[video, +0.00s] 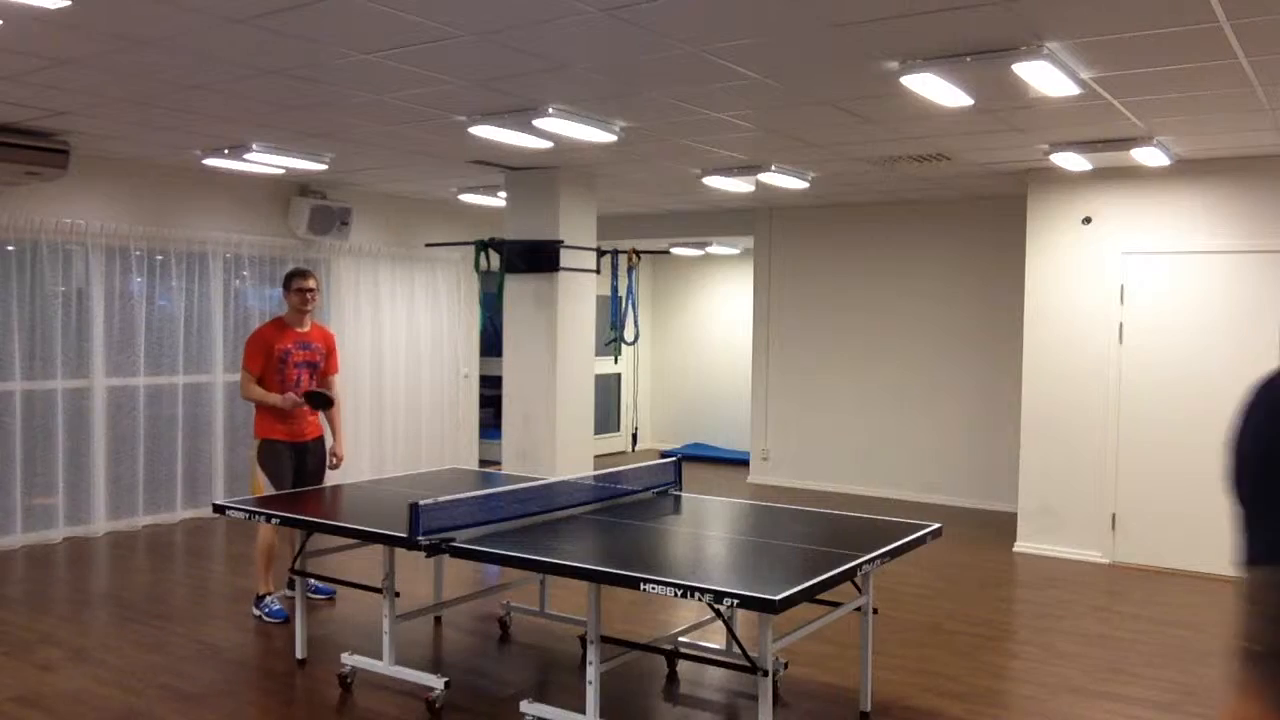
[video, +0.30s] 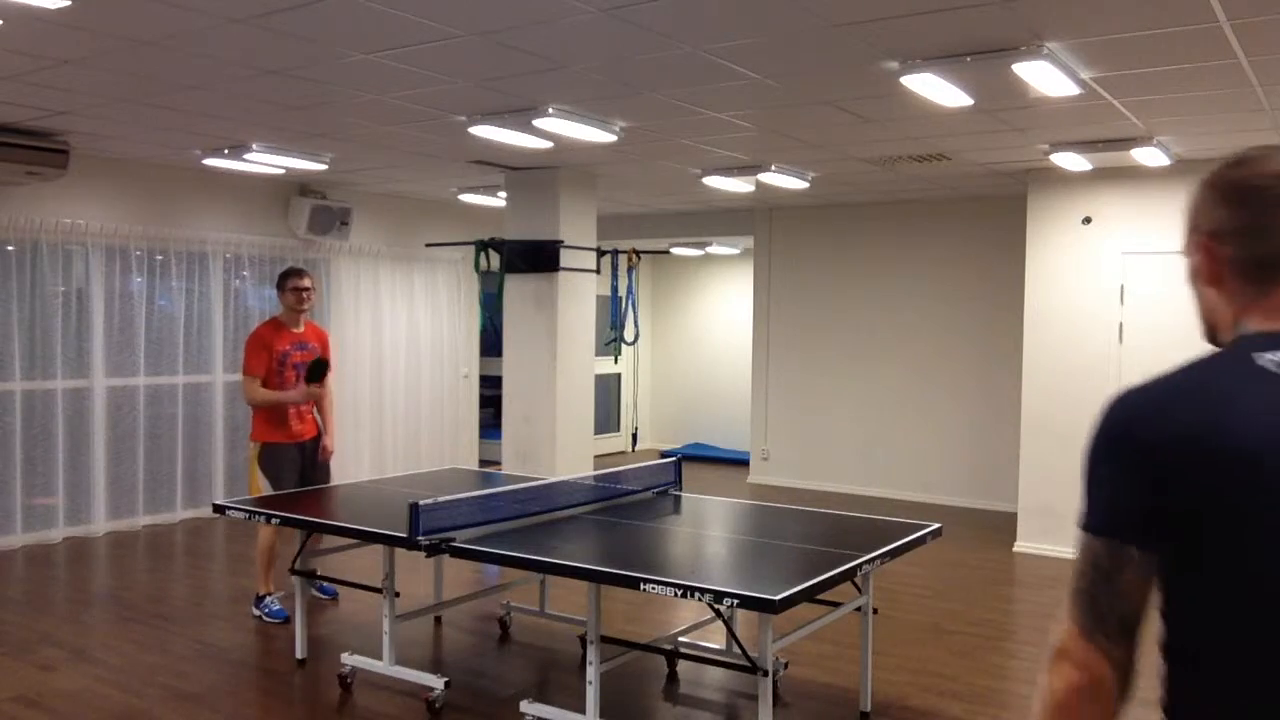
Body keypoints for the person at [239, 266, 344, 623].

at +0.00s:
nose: (309, 296)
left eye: (314, 291)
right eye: (302, 291)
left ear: (319, 296)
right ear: (286, 295)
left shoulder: (324, 337)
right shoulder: (265, 336)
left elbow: (331, 390)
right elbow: (247, 388)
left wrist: (337, 439)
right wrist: (279, 399)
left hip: (312, 438)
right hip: (275, 439)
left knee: (307, 513)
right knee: (274, 514)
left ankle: (300, 576)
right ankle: (264, 593)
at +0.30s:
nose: (305, 295)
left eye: (309, 290)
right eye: (297, 290)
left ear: (314, 295)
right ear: (281, 295)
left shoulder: (318, 336)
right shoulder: (262, 337)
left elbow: (324, 386)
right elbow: (251, 394)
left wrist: (328, 433)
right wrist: (297, 395)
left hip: (310, 438)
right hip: (274, 441)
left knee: (318, 512)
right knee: (275, 516)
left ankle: (310, 574)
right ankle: (264, 593)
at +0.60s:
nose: (318, 296)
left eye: (322, 291)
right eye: (311, 290)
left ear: (322, 295)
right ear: (292, 294)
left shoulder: (325, 333)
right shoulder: (275, 337)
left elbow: (328, 383)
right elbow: (276, 393)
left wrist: (329, 425)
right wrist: (284, 440)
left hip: (319, 441)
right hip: (284, 443)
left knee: (329, 506)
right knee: (275, 516)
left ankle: (344, 566)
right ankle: (264, 593)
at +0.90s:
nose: (342, 301)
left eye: (346, 296)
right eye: (335, 295)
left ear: (350, 300)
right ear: (320, 299)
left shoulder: (356, 340)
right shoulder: (302, 340)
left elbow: (368, 382)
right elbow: (272, 384)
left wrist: (375, 415)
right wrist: (264, 438)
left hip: (345, 437)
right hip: (311, 438)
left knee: (340, 509)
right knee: (304, 511)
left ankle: (347, 572)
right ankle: (275, 590)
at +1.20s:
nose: (353, 297)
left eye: (356, 292)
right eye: (346, 292)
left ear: (360, 295)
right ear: (330, 294)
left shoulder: (365, 325)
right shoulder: (310, 324)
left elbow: (389, 343)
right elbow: (267, 356)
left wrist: (404, 364)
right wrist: (289, 376)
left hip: (359, 425)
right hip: (324, 426)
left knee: (356, 500)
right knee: (330, 497)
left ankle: (348, 571)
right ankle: (303, 583)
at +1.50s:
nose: (357, 301)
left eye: (361, 296)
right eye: (350, 295)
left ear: (364, 300)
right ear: (333, 297)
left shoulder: (366, 338)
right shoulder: (312, 336)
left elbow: (369, 391)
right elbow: (303, 391)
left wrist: (386, 381)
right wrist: (338, 382)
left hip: (359, 426)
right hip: (325, 425)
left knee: (357, 500)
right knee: (331, 496)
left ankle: (348, 571)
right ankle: (301, 582)